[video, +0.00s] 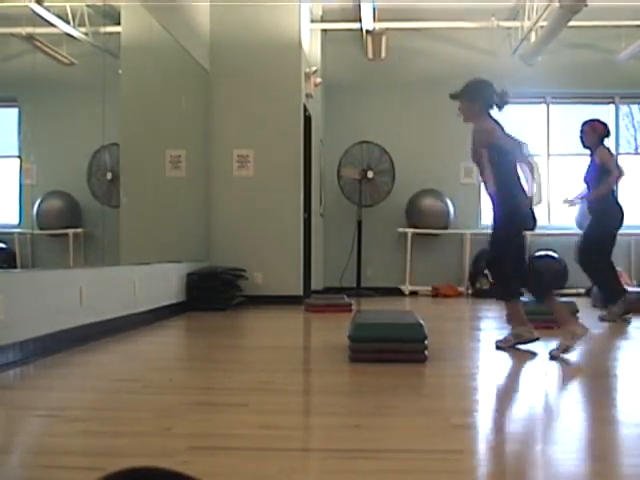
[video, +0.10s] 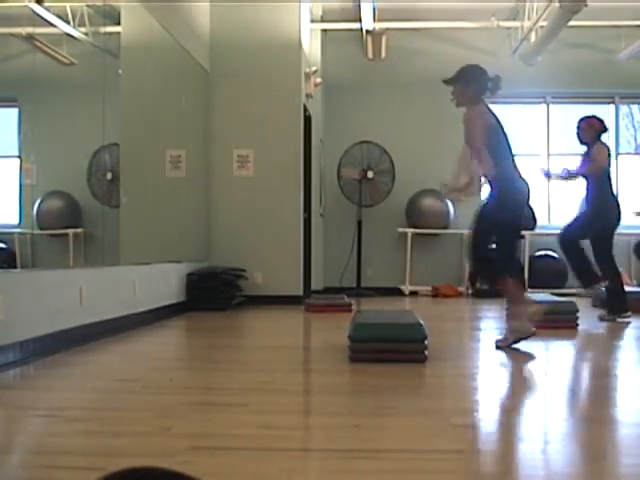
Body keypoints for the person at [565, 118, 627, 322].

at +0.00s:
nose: (582, 137)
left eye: (586, 133)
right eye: (582, 133)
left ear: (597, 135)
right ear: (591, 135)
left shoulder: (602, 152)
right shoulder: (597, 155)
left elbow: (616, 173)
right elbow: (598, 183)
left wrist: (595, 194)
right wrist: (579, 198)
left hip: (606, 211)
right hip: (602, 211)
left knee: (586, 254)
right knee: (600, 256)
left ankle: (616, 297)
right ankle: (615, 297)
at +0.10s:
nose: (578, 132)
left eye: (582, 129)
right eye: (578, 129)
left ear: (594, 130)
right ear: (586, 132)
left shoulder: (600, 149)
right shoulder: (589, 153)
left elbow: (598, 167)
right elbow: (581, 174)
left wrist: (575, 172)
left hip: (601, 210)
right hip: (600, 210)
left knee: (567, 237)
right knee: (605, 258)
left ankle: (591, 282)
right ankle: (618, 307)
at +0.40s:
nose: (554, 133)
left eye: (557, 129)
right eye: (554, 129)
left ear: (567, 129)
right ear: (569, 130)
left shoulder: (572, 149)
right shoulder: (573, 149)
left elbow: (548, 162)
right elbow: (549, 161)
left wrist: (531, 159)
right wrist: (533, 158)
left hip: (581, 208)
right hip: (590, 208)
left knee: (547, 235)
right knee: (593, 257)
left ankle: (541, 287)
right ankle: (614, 302)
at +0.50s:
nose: (546, 125)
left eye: (549, 122)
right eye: (546, 122)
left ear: (560, 123)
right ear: (560, 123)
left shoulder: (565, 141)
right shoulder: (563, 143)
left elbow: (551, 163)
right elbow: (564, 167)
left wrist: (536, 173)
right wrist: (550, 174)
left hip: (578, 201)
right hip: (580, 200)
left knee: (546, 237)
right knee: (572, 246)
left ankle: (542, 286)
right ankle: (597, 287)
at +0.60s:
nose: (537, 123)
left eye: (540, 119)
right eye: (537, 119)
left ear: (551, 119)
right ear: (555, 120)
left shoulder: (556, 136)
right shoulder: (564, 136)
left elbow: (556, 161)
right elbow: (582, 154)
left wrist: (547, 180)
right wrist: (570, 176)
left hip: (575, 195)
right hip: (581, 193)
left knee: (549, 234)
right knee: (554, 235)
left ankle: (542, 285)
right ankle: (580, 279)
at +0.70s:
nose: (533, 125)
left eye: (535, 120)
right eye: (533, 120)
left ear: (546, 120)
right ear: (550, 120)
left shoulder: (553, 138)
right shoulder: (563, 135)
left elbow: (566, 162)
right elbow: (589, 151)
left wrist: (561, 187)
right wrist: (586, 176)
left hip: (573, 194)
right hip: (582, 193)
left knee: (547, 232)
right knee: (550, 231)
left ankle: (545, 282)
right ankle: (559, 275)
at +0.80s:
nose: (532, 127)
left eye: (535, 122)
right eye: (532, 123)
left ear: (546, 122)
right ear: (549, 123)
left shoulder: (553, 140)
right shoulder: (562, 138)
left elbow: (565, 166)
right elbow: (588, 153)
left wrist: (560, 190)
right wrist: (585, 177)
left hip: (572, 196)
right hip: (581, 194)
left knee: (547, 234)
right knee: (548, 234)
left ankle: (542, 285)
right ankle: (544, 283)